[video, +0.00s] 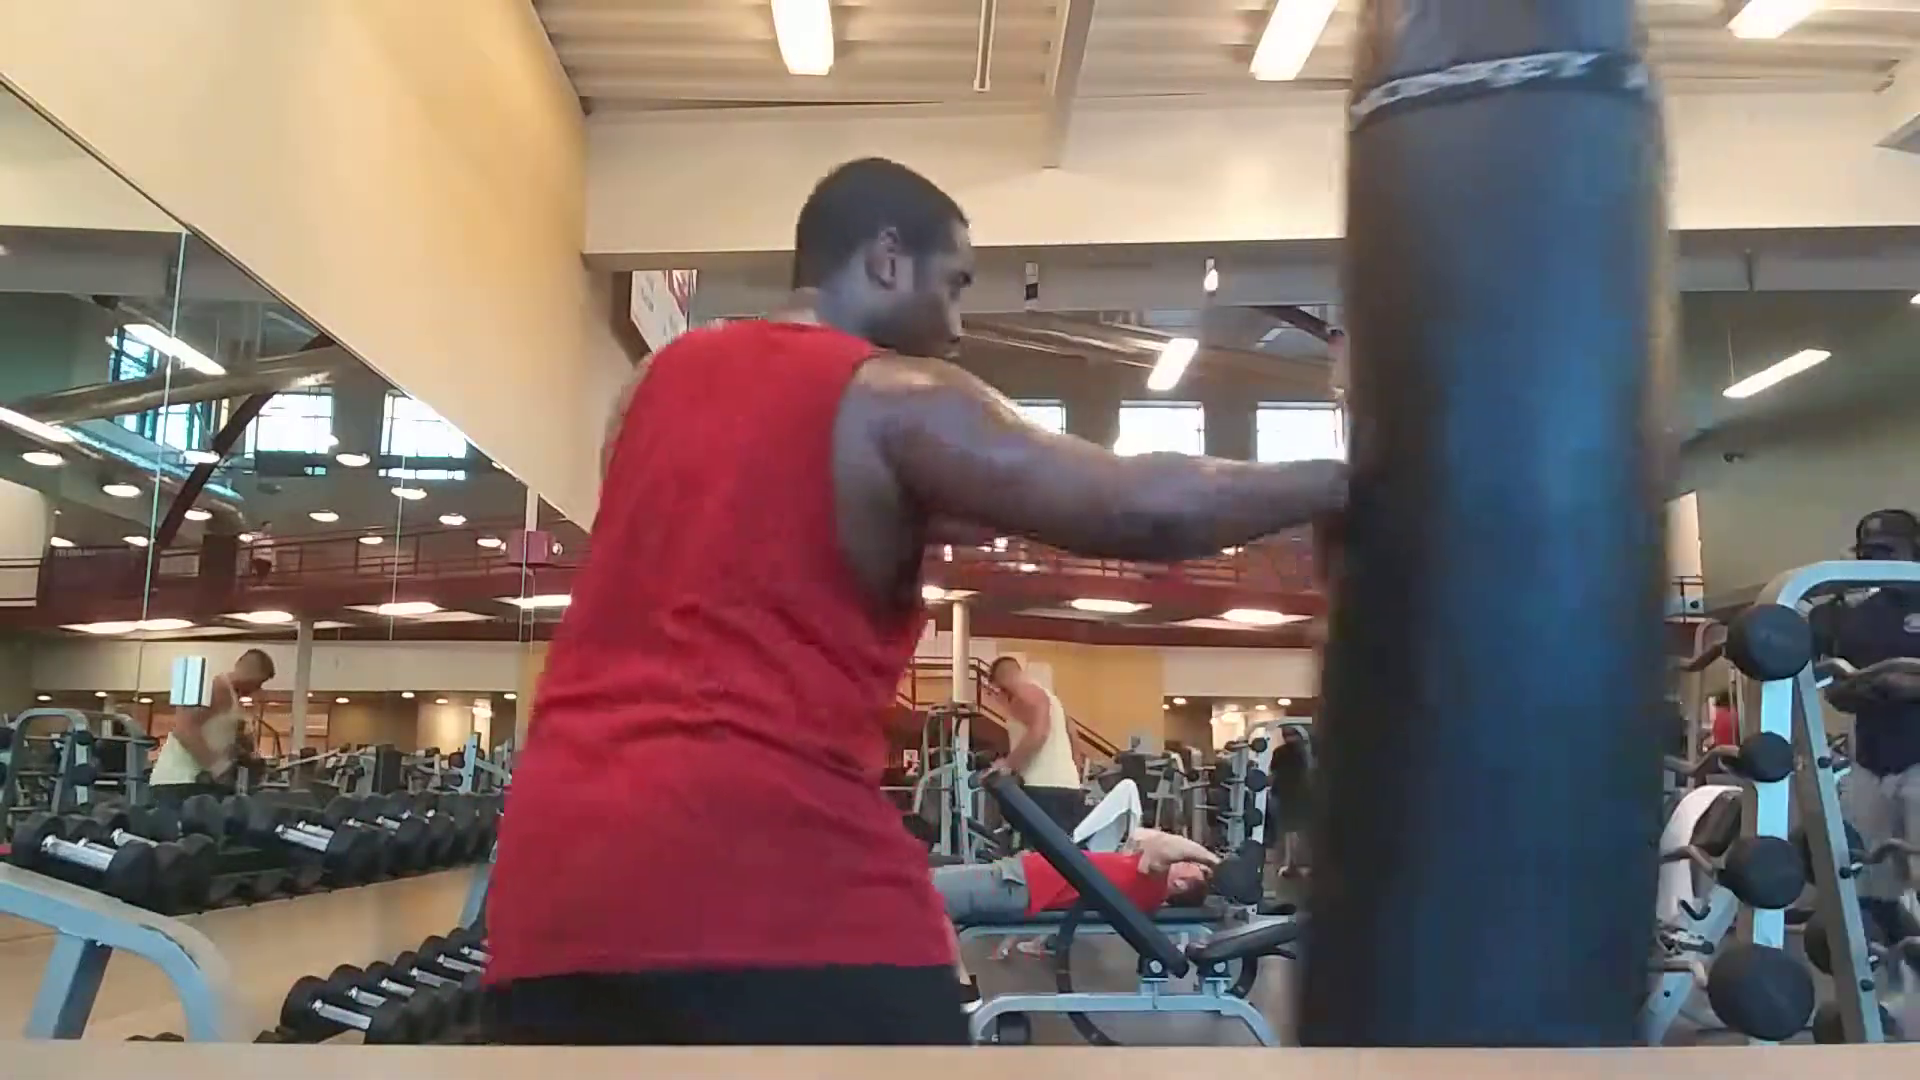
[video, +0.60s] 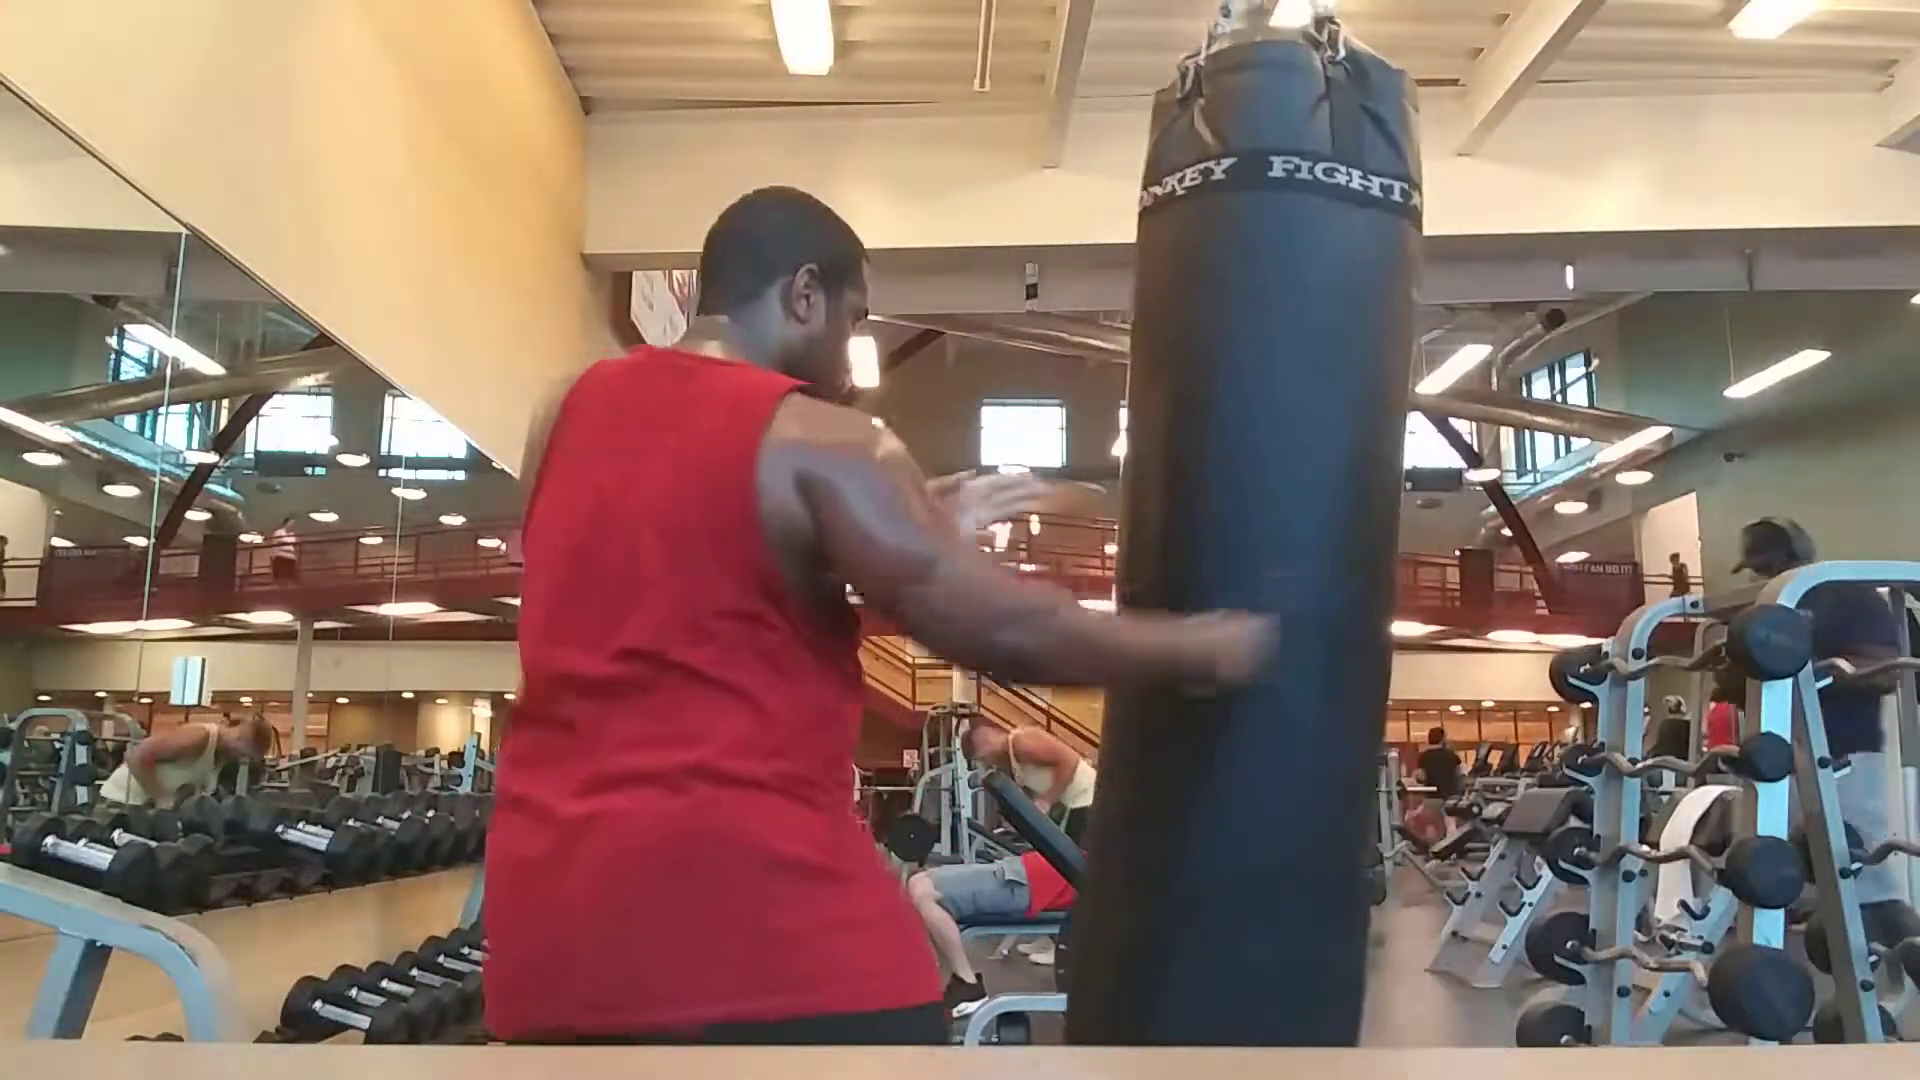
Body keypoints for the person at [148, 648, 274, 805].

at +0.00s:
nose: (258, 688)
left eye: (261, 683)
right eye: (260, 681)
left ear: (241, 667)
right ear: (251, 675)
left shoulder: (231, 698)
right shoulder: (217, 689)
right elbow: (184, 727)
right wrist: (216, 766)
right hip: (178, 782)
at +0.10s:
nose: (256, 691)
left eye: (260, 686)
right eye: (259, 685)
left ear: (244, 669)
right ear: (249, 674)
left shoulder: (231, 703)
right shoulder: (211, 689)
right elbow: (170, 725)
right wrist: (203, 763)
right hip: (167, 784)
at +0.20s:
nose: (255, 695)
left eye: (260, 690)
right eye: (258, 688)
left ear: (245, 674)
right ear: (247, 677)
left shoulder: (232, 706)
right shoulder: (209, 693)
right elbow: (163, 726)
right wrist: (191, 768)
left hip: (185, 790)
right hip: (157, 787)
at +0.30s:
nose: (253, 708)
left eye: (259, 704)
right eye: (257, 701)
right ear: (246, 687)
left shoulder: (226, 715)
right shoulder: (206, 697)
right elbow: (158, 730)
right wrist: (179, 776)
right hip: (150, 789)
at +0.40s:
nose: (256, 718)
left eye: (260, 715)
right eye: (258, 712)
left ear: (248, 699)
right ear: (247, 699)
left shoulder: (224, 725)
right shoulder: (206, 711)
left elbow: (201, 763)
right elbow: (156, 734)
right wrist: (168, 787)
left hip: (162, 795)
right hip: (135, 789)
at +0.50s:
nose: (248, 737)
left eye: (252, 734)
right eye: (250, 731)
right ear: (242, 718)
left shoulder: (220, 738)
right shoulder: (203, 724)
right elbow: (148, 746)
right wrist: (162, 791)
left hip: (145, 799)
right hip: (122, 795)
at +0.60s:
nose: (240, 756)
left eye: (246, 755)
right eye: (243, 751)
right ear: (240, 733)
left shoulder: (221, 754)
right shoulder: (199, 737)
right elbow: (138, 756)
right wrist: (159, 796)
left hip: (151, 807)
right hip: (121, 801)